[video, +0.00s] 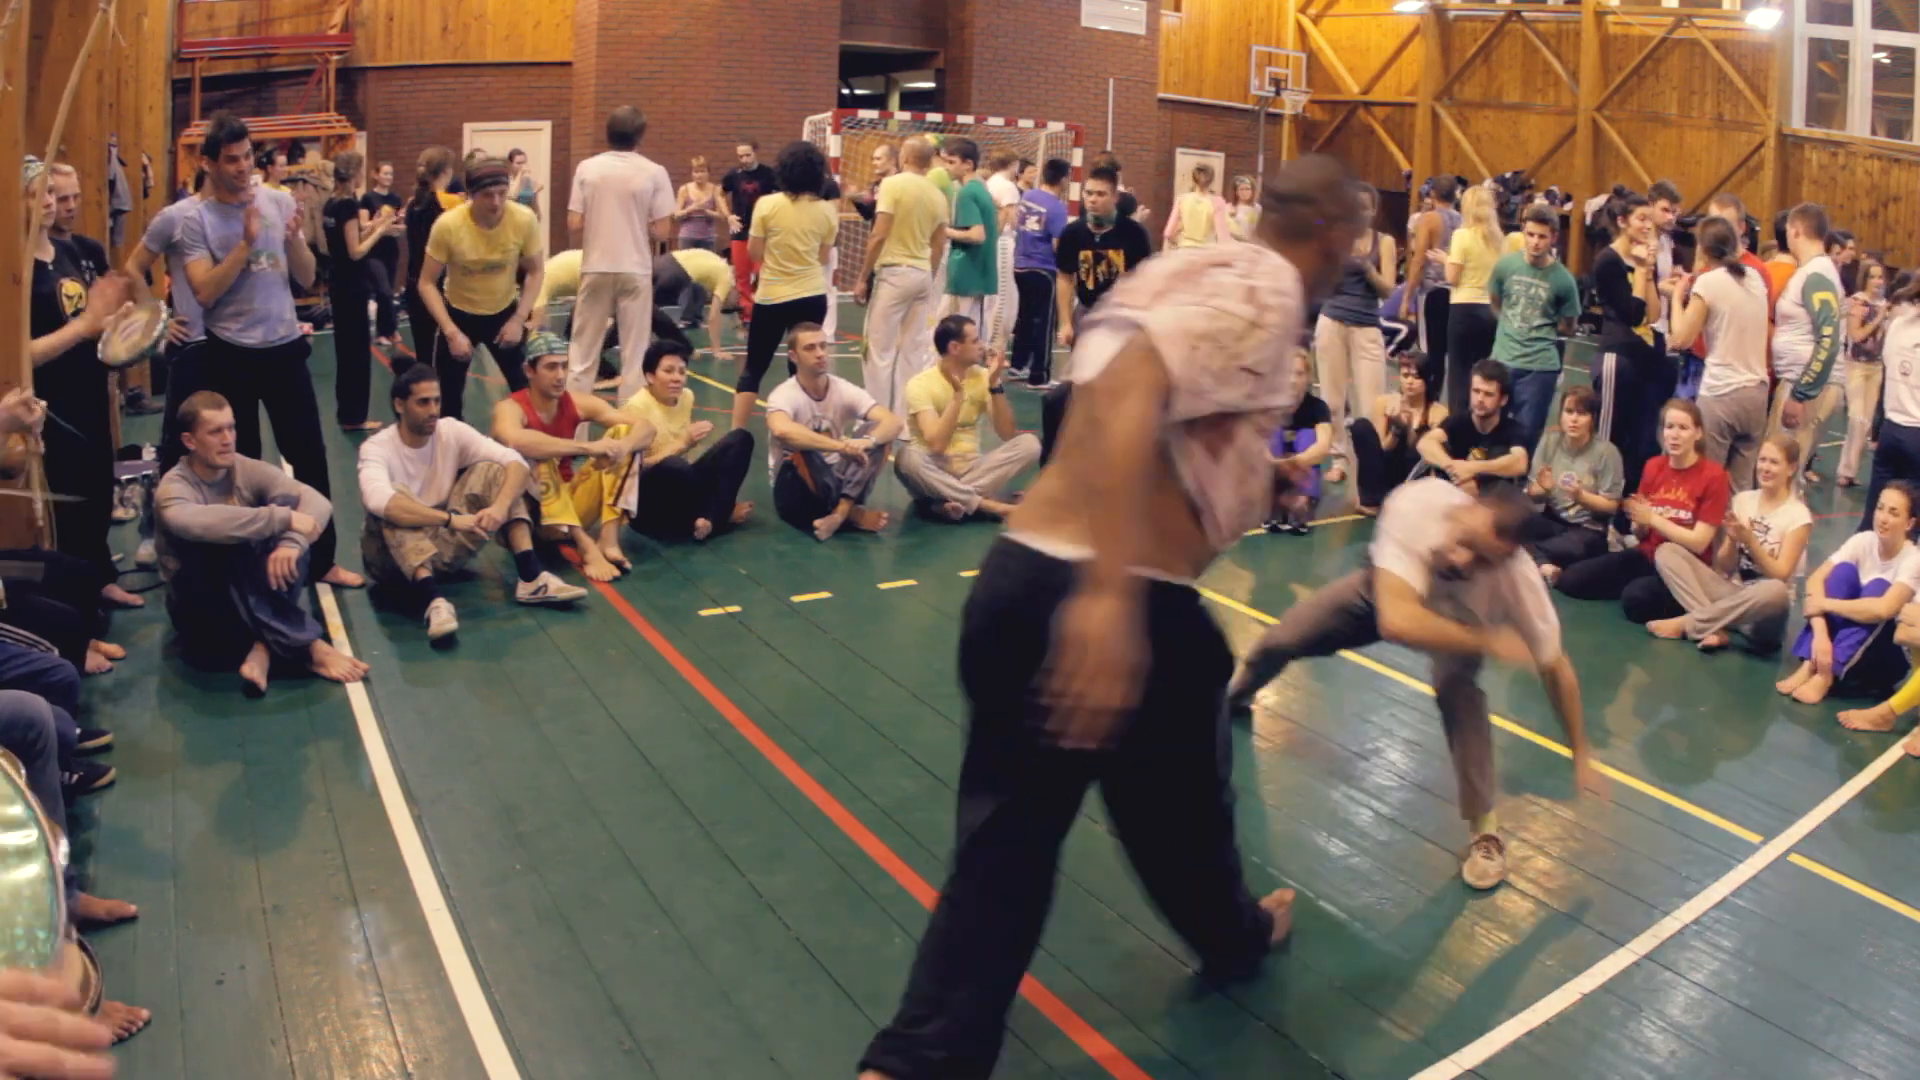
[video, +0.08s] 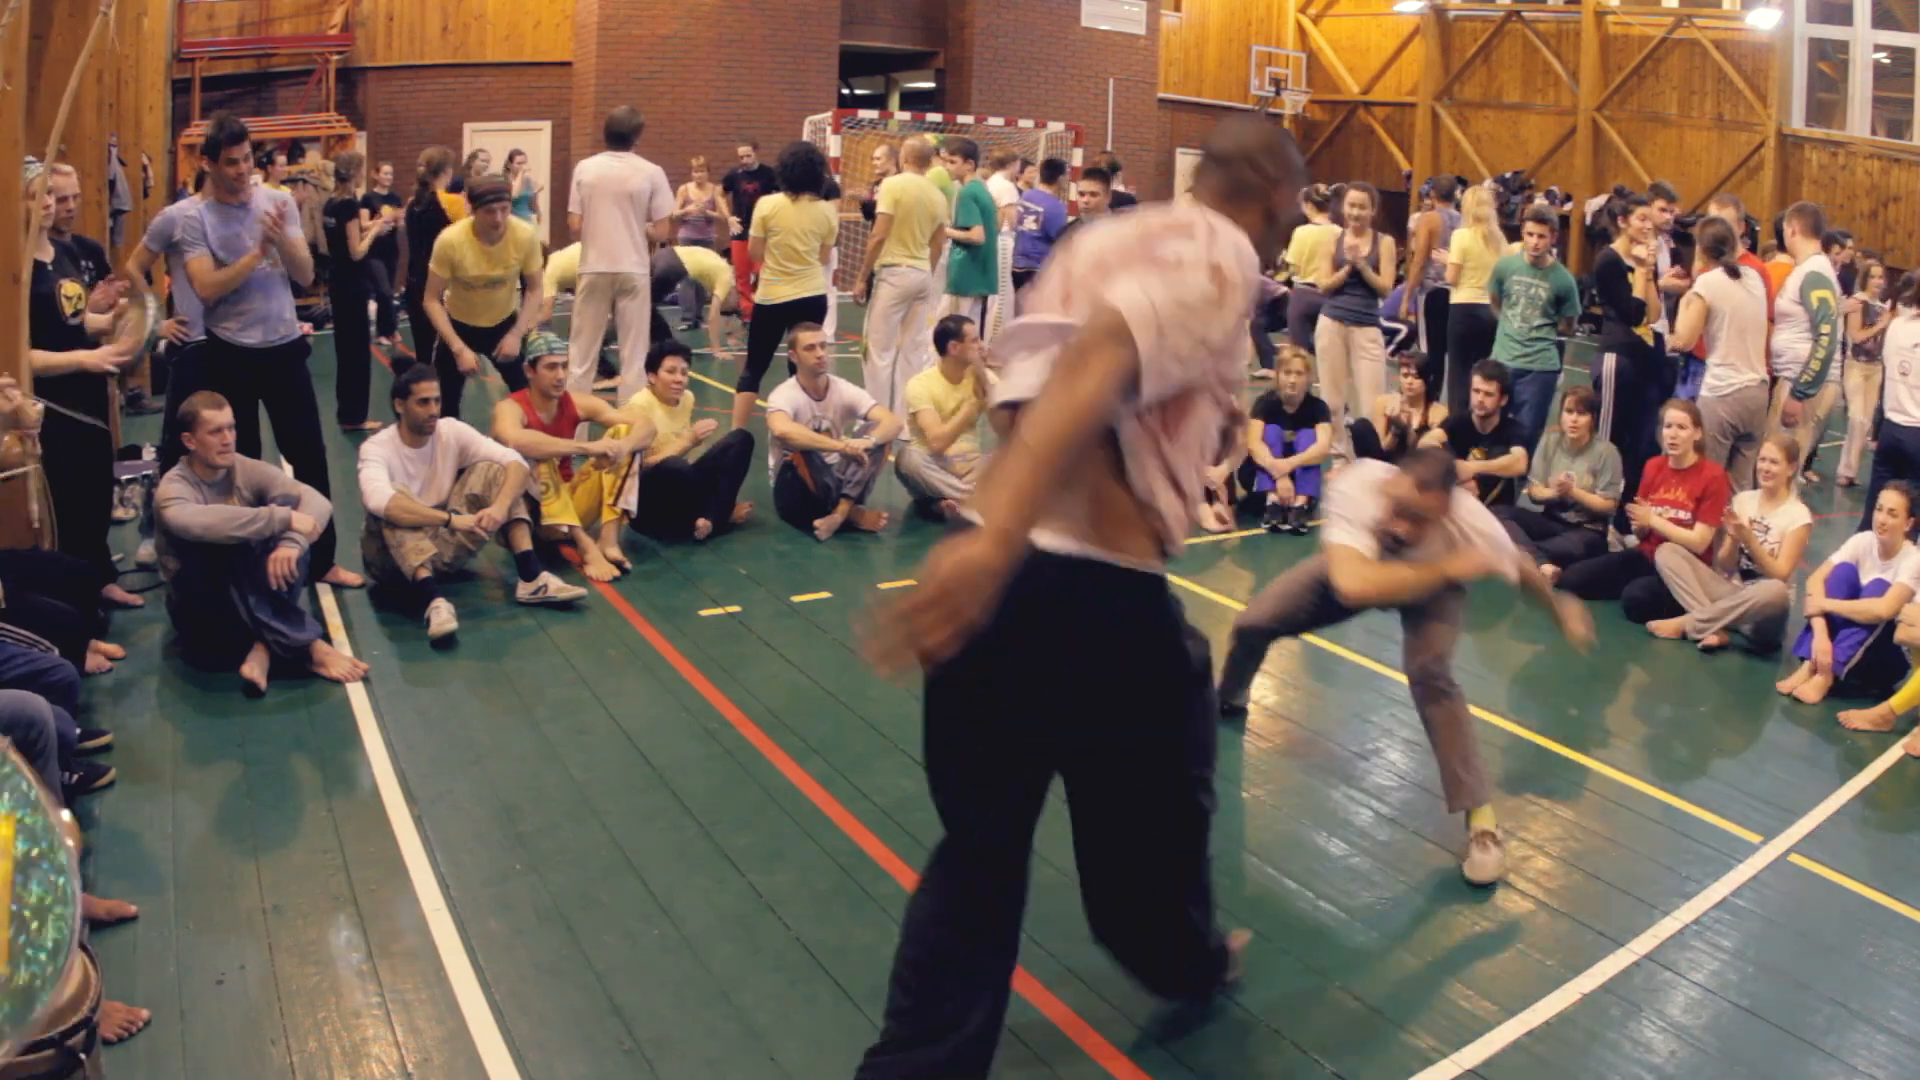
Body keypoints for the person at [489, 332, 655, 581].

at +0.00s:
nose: (560, 375)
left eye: (564, 366)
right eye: (551, 368)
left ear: (569, 367)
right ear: (529, 370)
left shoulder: (580, 403)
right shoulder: (509, 408)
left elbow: (645, 427)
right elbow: (516, 441)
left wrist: (625, 446)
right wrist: (587, 447)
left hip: (572, 506)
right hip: (527, 513)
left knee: (623, 444)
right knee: (542, 465)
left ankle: (609, 538)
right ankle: (587, 546)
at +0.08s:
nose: (560, 375)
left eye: (564, 367)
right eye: (551, 368)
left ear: (569, 367)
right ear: (529, 370)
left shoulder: (580, 403)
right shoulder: (509, 408)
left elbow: (645, 426)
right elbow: (515, 441)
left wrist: (625, 446)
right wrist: (588, 448)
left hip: (571, 506)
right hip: (527, 513)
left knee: (623, 437)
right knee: (542, 465)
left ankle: (609, 539)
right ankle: (587, 546)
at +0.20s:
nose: (560, 375)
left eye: (564, 366)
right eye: (550, 367)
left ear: (569, 367)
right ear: (530, 370)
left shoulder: (581, 403)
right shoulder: (510, 408)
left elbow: (646, 427)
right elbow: (516, 441)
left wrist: (624, 446)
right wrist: (586, 445)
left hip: (572, 508)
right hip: (527, 514)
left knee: (621, 446)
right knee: (541, 464)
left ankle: (609, 538)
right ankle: (587, 546)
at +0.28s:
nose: (559, 375)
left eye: (563, 366)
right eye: (549, 367)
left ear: (569, 367)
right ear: (530, 370)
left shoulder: (581, 403)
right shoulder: (510, 408)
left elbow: (646, 427)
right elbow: (516, 441)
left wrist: (624, 446)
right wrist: (587, 445)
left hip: (572, 507)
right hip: (528, 514)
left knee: (622, 445)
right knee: (541, 464)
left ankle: (609, 538)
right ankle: (587, 546)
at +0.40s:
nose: (557, 375)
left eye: (562, 366)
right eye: (548, 366)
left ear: (568, 367)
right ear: (528, 369)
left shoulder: (579, 402)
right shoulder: (509, 407)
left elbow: (646, 427)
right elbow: (515, 440)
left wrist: (624, 447)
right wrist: (587, 446)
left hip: (571, 507)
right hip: (527, 514)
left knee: (623, 432)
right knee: (540, 464)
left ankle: (609, 537)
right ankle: (587, 546)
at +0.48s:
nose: (557, 374)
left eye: (562, 366)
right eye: (547, 366)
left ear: (568, 367)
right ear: (529, 369)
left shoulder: (579, 402)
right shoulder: (509, 407)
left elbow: (646, 427)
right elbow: (514, 440)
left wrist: (624, 447)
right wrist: (587, 447)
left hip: (572, 507)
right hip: (527, 514)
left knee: (623, 432)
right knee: (541, 464)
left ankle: (609, 538)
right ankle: (587, 546)